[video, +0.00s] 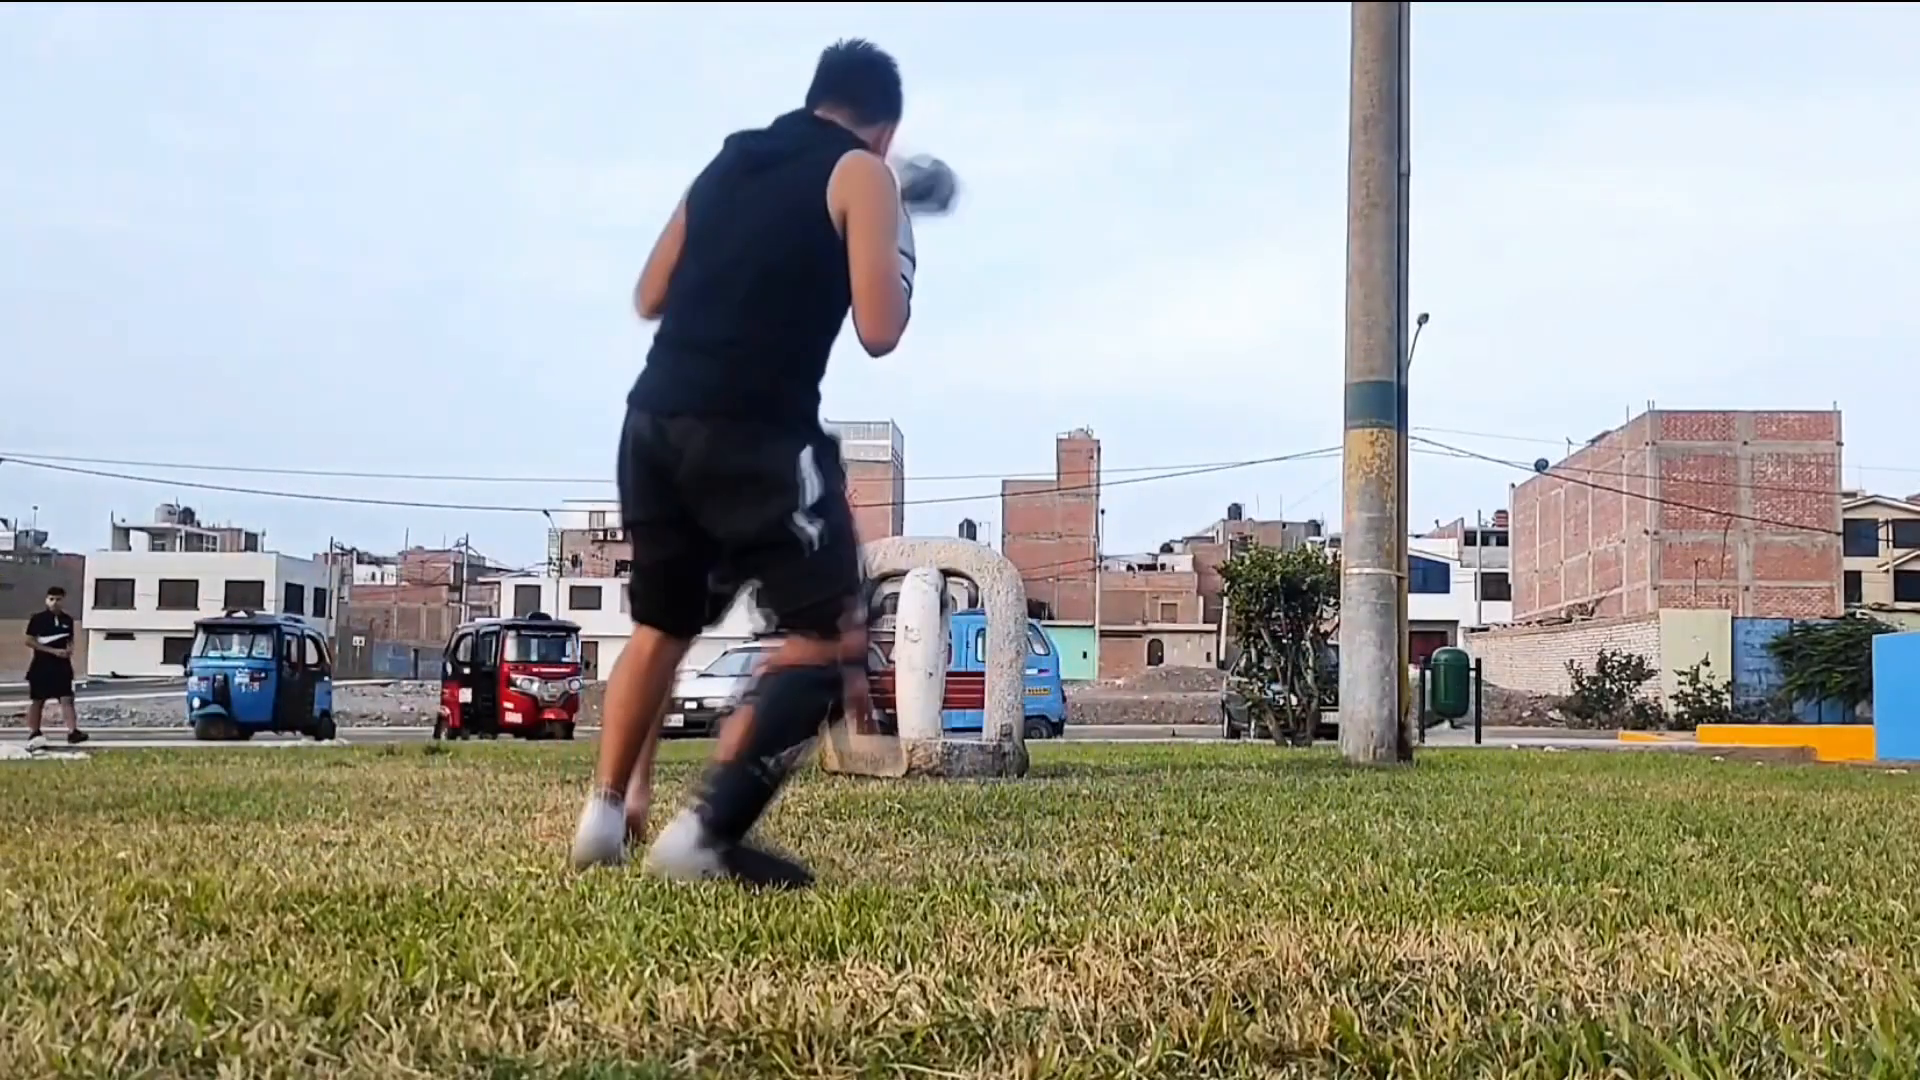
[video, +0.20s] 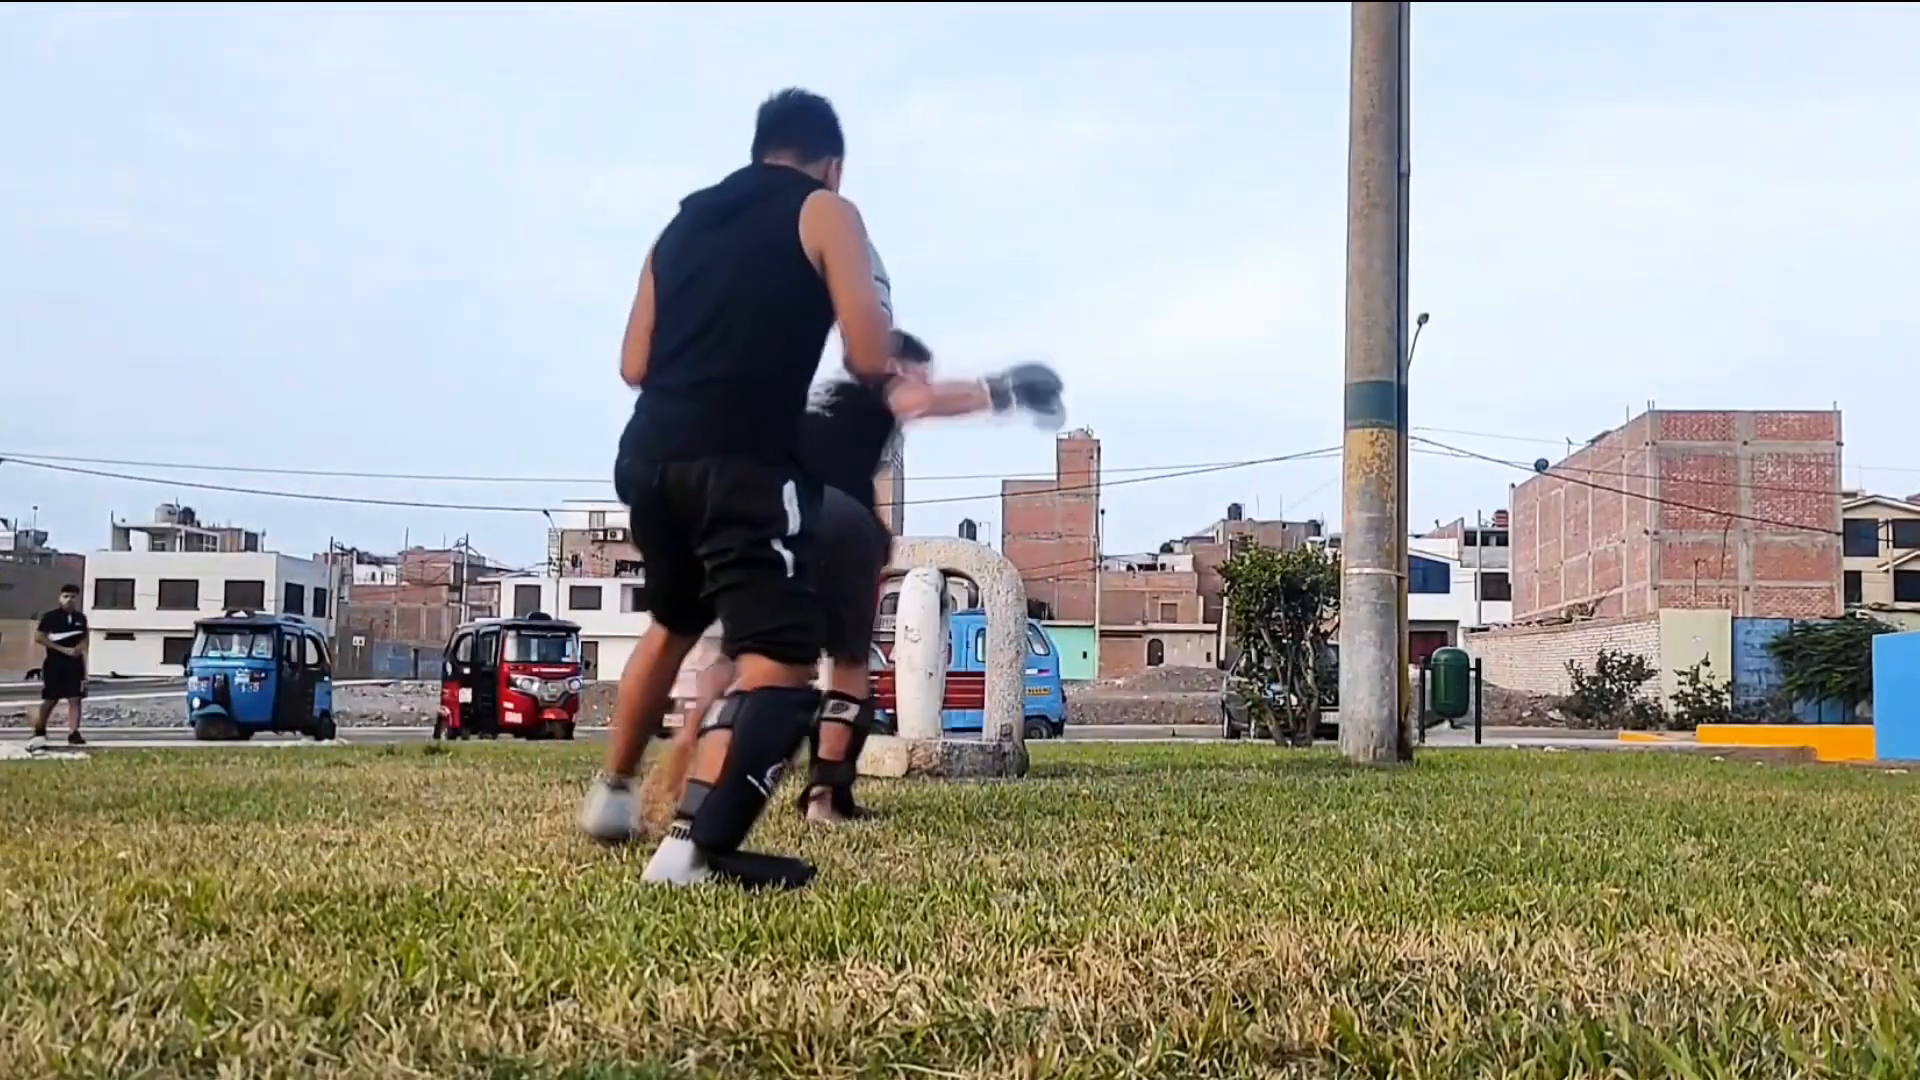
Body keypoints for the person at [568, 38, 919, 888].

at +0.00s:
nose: (886, 143)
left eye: (883, 134)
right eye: (888, 134)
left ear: (813, 100)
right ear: (881, 123)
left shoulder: (730, 161)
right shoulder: (862, 174)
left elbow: (653, 296)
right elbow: (880, 331)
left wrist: (756, 262)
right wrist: (895, 236)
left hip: (656, 420)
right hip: (759, 430)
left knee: (661, 618)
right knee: (821, 640)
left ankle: (606, 814)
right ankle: (707, 835)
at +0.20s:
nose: (836, 181)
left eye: (835, 172)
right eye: (837, 171)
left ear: (757, 151)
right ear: (825, 162)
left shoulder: (683, 222)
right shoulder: (826, 213)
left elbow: (635, 363)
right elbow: (868, 355)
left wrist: (726, 358)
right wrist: (891, 342)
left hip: (649, 451)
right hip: (743, 457)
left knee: (675, 616)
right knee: (781, 659)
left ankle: (613, 795)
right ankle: (694, 851)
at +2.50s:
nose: (975, 370)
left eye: (978, 355)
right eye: (965, 352)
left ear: (942, 354)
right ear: (916, 348)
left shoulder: (944, 432)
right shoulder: (849, 421)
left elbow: (985, 533)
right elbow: (862, 522)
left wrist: (1024, 476)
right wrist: (924, 451)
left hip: (950, 638)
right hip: (865, 644)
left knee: (1054, 732)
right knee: (820, 771)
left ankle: (1030, 866)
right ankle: (761, 913)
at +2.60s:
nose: (1018, 381)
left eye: (1021, 366)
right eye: (1008, 364)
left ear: (974, 363)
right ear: (961, 363)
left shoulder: (997, 444)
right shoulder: (893, 435)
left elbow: (1046, 518)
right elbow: (877, 542)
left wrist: (1100, 479)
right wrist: (943, 478)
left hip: (990, 649)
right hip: (901, 654)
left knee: (1100, 748)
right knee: (845, 775)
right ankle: (769, 911)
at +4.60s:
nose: (1022, 387)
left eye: (1023, 374)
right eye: (1018, 372)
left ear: (968, 368)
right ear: (984, 368)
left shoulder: (904, 432)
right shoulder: (982, 412)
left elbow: (881, 541)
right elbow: (995, 484)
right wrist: (1043, 475)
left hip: (894, 621)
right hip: (958, 616)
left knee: (923, 748)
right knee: (1049, 749)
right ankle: (1049, 915)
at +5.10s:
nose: (845, 407)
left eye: (848, 395)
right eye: (840, 393)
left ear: (812, 392)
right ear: (802, 388)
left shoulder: (814, 460)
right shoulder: (740, 439)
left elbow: (888, 518)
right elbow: (717, 526)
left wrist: (897, 442)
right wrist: (785, 485)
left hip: (779, 637)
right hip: (716, 628)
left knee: (826, 761)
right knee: (675, 749)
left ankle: (775, 894)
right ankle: (584, 835)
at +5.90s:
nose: (637, 429)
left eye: (643, 417)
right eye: (631, 413)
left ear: (609, 408)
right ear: (592, 400)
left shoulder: (604, 475)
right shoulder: (524, 439)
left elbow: (625, 570)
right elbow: (520, 520)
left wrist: (671, 513)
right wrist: (587, 472)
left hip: (571, 638)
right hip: (497, 638)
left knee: (660, 730)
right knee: (442, 773)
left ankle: (662, 874)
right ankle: (375, 898)